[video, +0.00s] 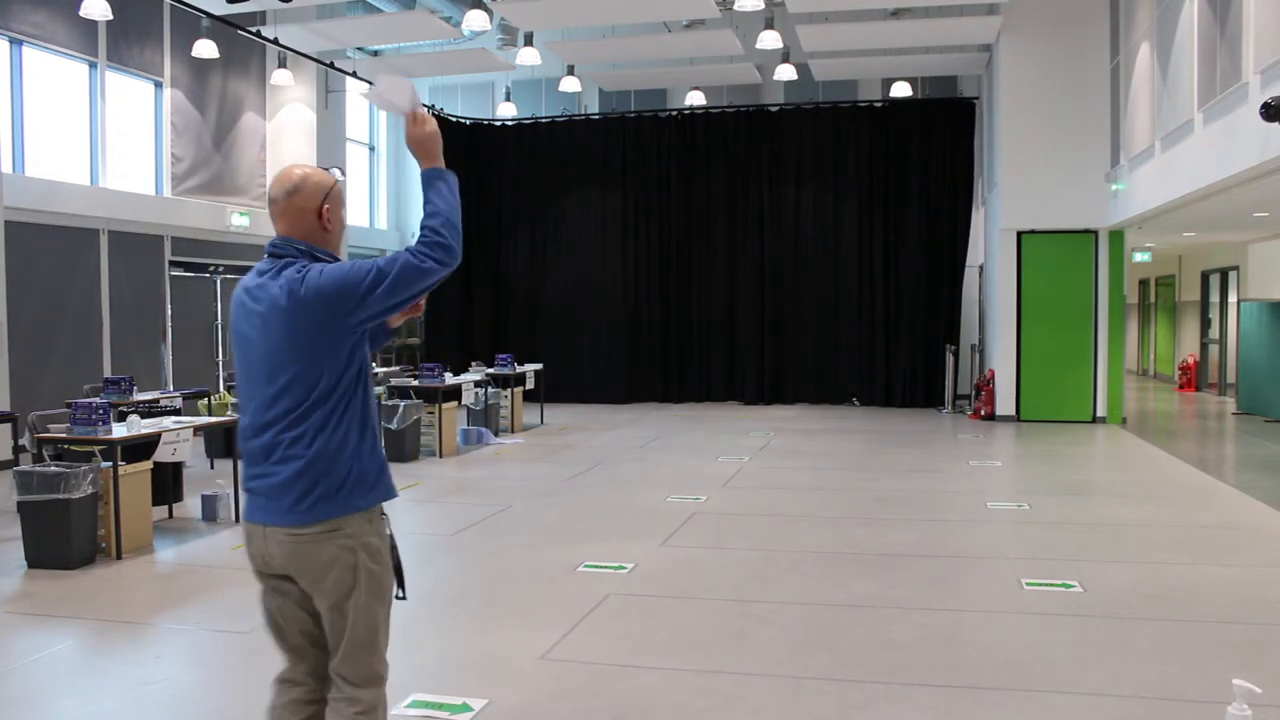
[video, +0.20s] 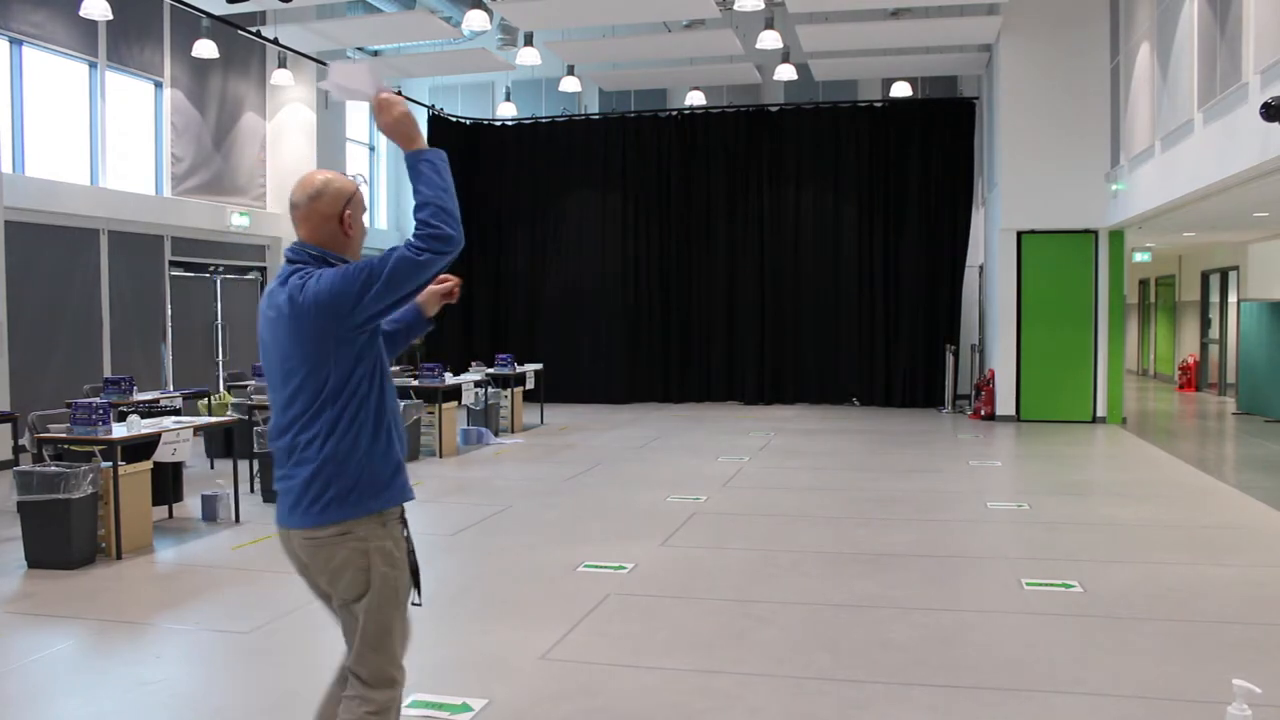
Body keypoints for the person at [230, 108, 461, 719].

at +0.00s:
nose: (344, 216)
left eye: (341, 204)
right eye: (341, 205)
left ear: (277, 216)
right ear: (326, 212)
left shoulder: (248, 293)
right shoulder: (333, 288)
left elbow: (315, 355)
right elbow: (439, 251)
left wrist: (383, 323)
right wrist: (433, 163)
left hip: (266, 525)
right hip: (336, 526)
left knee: (301, 678)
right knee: (358, 689)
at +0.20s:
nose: (365, 220)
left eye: (361, 209)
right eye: (360, 209)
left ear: (303, 222)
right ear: (346, 221)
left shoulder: (282, 295)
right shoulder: (335, 290)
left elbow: (358, 354)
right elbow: (439, 237)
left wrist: (418, 311)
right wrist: (415, 146)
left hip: (308, 521)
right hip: (353, 521)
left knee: (366, 660)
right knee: (379, 683)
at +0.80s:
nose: (443, 258)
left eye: (440, 249)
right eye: (439, 250)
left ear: (388, 263)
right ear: (430, 258)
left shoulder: (369, 333)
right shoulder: (436, 322)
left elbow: (422, 367)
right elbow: (505, 249)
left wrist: (471, 343)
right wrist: (437, 187)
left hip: (405, 518)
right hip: (453, 517)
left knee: (484, 612)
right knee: (455, 654)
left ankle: (499, 709)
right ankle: (409, 718)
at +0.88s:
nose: (453, 251)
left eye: (449, 243)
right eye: (450, 244)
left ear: (398, 262)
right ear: (444, 252)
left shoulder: (378, 336)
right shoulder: (470, 311)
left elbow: (389, 421)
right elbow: (541, 245)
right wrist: (492, 191)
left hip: (410, 512)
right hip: (469, 505)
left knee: (481, 619)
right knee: (459, 646)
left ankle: (501, 711)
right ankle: (414, 719)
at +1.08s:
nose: (474, 253)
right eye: (472, 245)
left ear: (421, 263)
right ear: (470, 253)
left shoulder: (402, 323)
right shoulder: (504, 304)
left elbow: (401, 401)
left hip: (431, 487)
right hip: (497, 481)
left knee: (471, 610)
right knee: (480, 620)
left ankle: (499, 711)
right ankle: (439, 714)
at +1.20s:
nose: (485, 257)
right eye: (483, 250)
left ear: (435, 270)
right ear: (483, 261)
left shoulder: (416, 324)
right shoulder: (516, 310)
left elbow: (408, 408)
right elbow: (517, 379)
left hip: (441, 481)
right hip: (508, 473)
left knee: (479, 604)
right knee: (491, 616)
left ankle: (502, 709)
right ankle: (460, 716)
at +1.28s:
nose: (486, 260)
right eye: (485, 253)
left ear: (437, 272)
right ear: (486, 262)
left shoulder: (420, 326)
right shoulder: (520, 311)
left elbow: (409, 410)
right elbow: (522, 381)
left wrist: (431, 436)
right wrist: (434, 437)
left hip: (446, 479)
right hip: (513, 471)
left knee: (482, 599)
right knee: (495, 611)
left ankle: (503, 708)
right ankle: (462, 716)